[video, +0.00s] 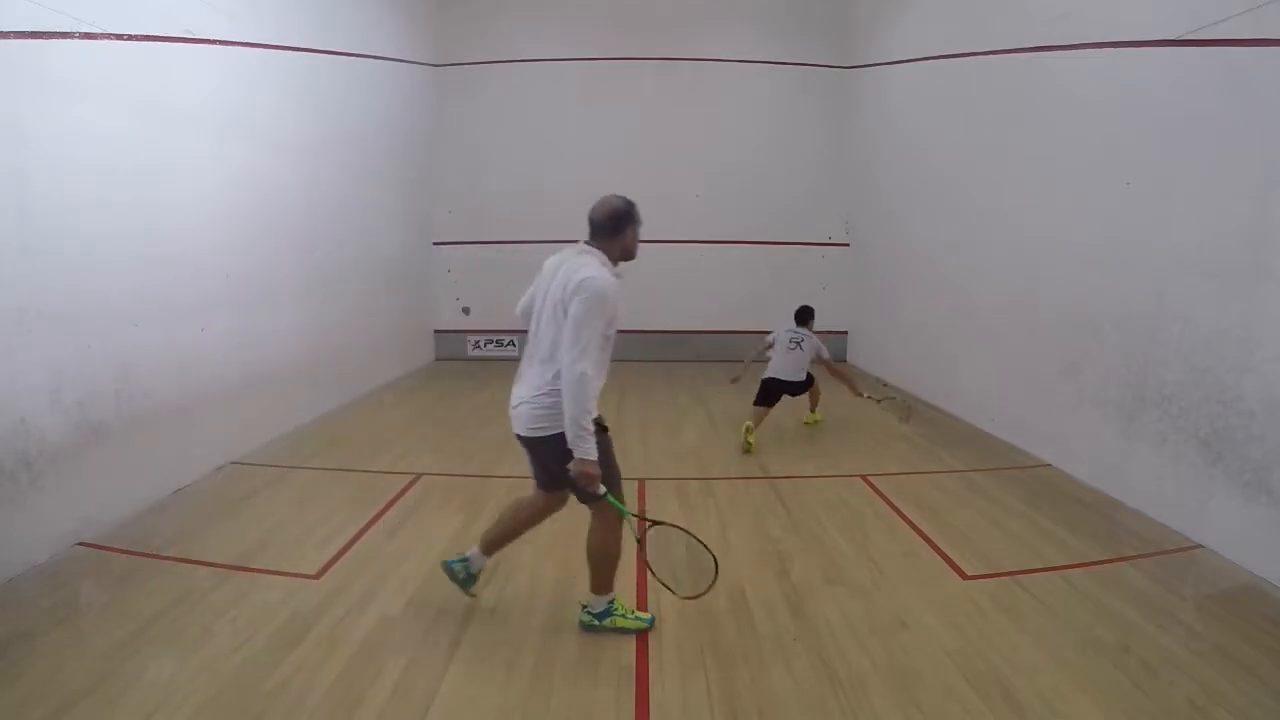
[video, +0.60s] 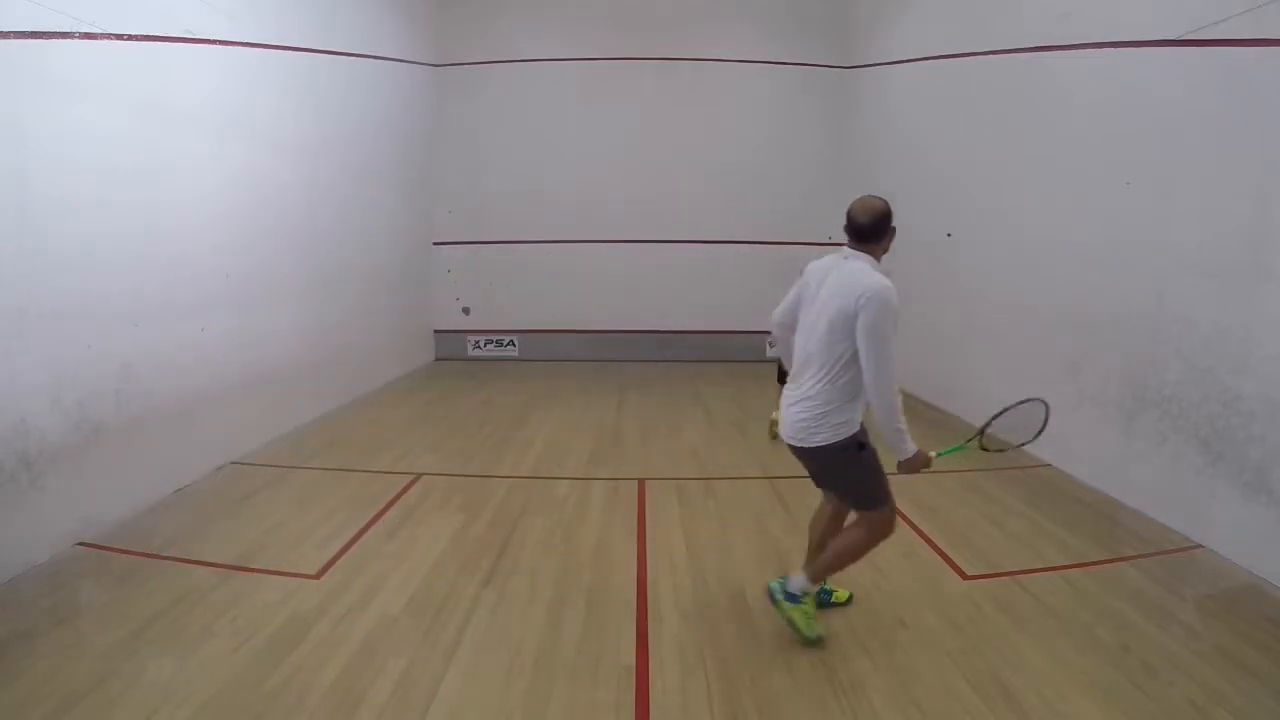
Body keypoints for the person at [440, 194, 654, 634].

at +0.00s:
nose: (639, 238)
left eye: (638, 231)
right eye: (636, 231)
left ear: (595, 229)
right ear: (621, 234)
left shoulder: (560, 261)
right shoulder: (598, 283)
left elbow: (523, 314)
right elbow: (579, 373)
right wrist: (584, 452)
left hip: (531, 413)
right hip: (563, 419)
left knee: (551, 495)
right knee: (609, 508)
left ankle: (471, 562)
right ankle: (600, 606)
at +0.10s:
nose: (685, 239)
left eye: (686, 231)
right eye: (684, 231)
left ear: (641, 224)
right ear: (673, 231)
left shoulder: (602, 255)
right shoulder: (642, 275)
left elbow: (565, 306)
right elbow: (624, 365)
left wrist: (599, 343)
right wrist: (632, 446)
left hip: (572, 406)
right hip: (597, 414)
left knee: (613, 492)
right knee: (624, 507)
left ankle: (574, 571)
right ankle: (601, 606)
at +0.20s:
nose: (728, 233)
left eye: (727, 225)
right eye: (727, 226)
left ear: (682, 224)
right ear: (720, 230)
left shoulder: (649, 256)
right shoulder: (688, 276)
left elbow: (604, 304)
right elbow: (670, 367)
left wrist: (604, 362)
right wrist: (686, 447)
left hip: (624, 408)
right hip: (639, 417)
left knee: (687, 477)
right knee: (638, 510)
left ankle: (687, 578)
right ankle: (600, 605)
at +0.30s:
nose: (770, 237)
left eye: (769, 230)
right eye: (769, 232)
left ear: (724, 230)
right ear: (764, 236)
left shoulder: (693, 266)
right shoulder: (737, 285)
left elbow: (643, 313)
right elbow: (724, 374)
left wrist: (627, 366)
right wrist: (746, 456)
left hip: (692, 418)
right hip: (683, 424)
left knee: (733, 490)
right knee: (661, 517)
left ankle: (776, 574)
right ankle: (603, 602)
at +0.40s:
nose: (811, 243)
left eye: (808, 238)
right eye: (811, 238)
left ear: (765, 239)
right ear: (806, 244)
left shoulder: (736, 276)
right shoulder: (787, 295)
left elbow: (686, 326)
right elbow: (782, 385)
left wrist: (668, 374)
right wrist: (804, 461)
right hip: (736, 435)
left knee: (789, 493)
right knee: (718, 529)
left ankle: (805, 586)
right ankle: (627, 590)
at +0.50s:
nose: (853, 241)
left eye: (847, 235)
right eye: (852, 236)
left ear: (804, 240)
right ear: (848, 244)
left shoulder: (779, 275)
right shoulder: (833, 296)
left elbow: (737, 327)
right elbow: (834, 387)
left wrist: (727, 378)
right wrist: (856, 454)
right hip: (785, 438)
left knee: (828, 495)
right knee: (804, 534)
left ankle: (810, 587)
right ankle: (700, 574)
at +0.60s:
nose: (894, 235)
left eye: (887, 228)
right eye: (894, 229)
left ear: (847, 232)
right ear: (889, 236)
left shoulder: (820, 267)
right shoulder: (875, 291)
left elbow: (781, 322)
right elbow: (879, 384)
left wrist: (801, 371)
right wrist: (905, 450)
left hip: (798, 419)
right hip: (829, 429)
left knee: (839, 497)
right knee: (879, 520)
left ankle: (811, 582)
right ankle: (797, 589)